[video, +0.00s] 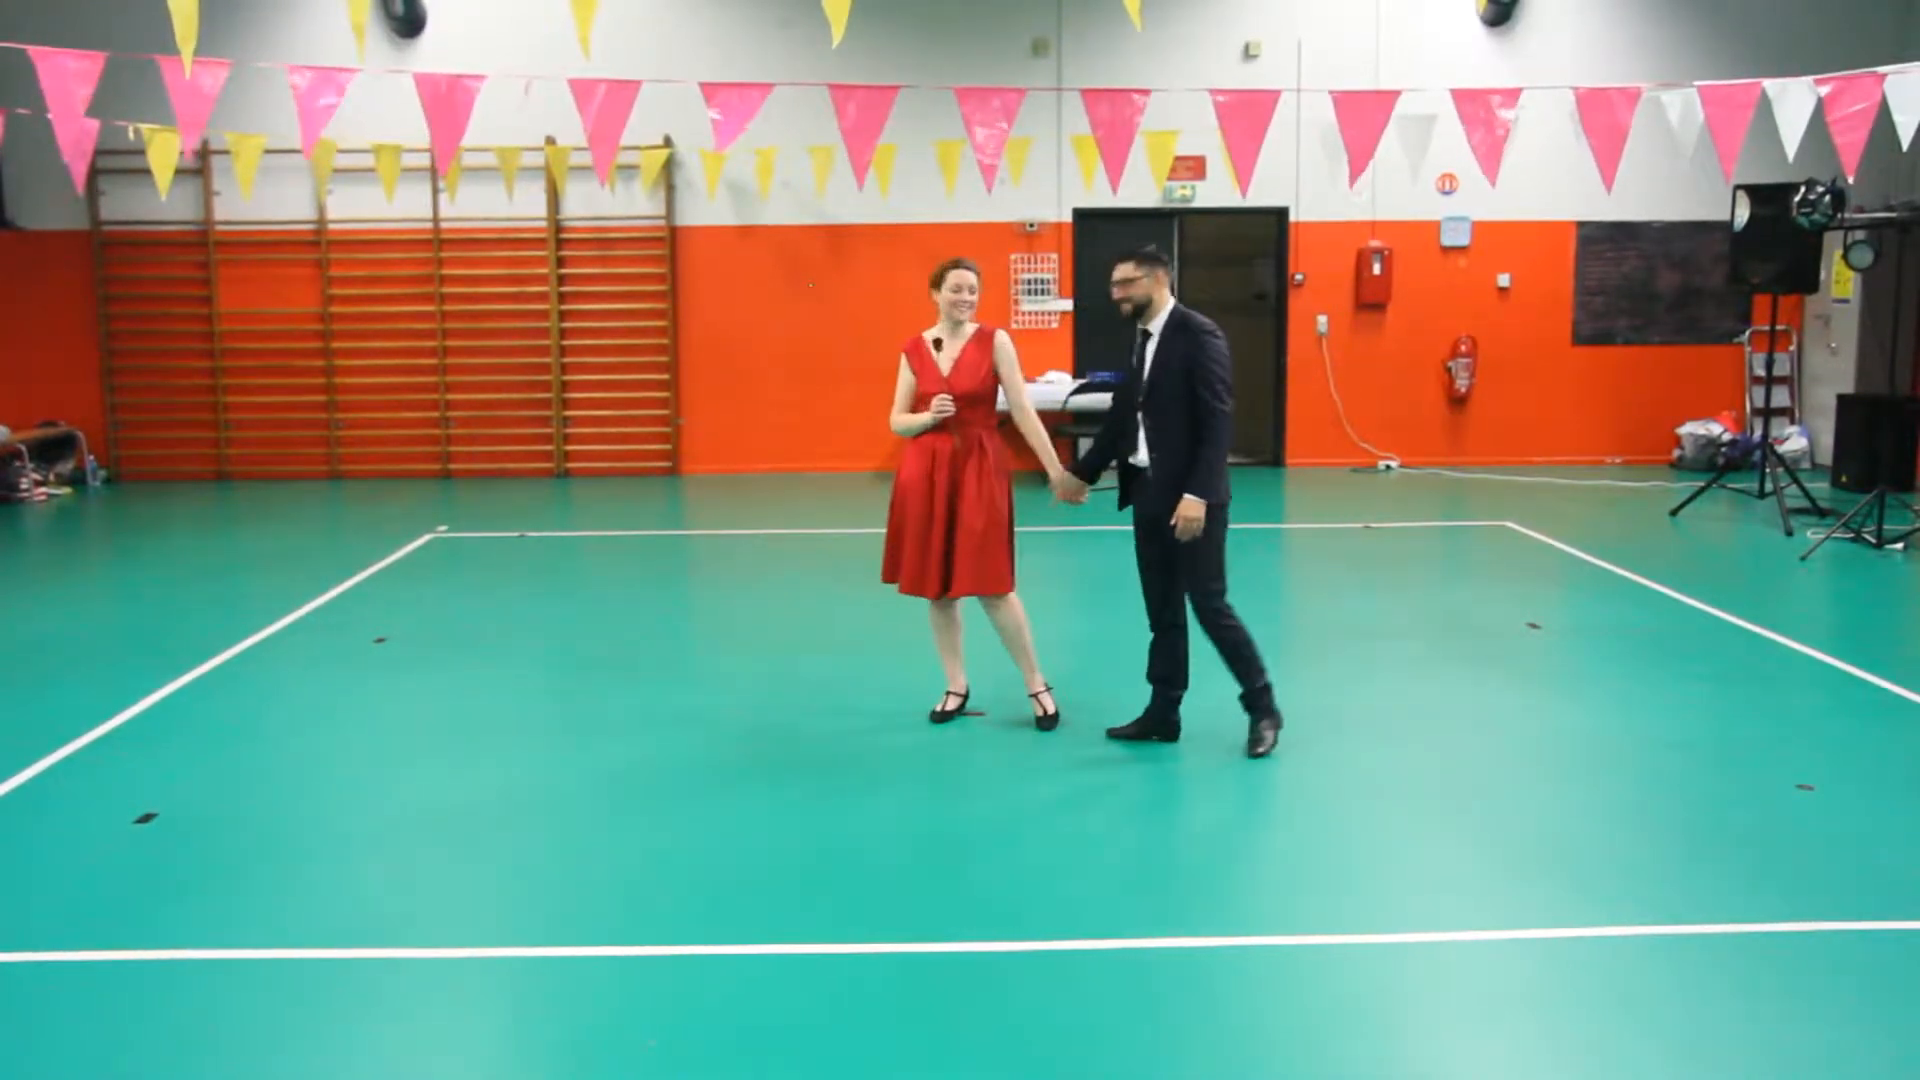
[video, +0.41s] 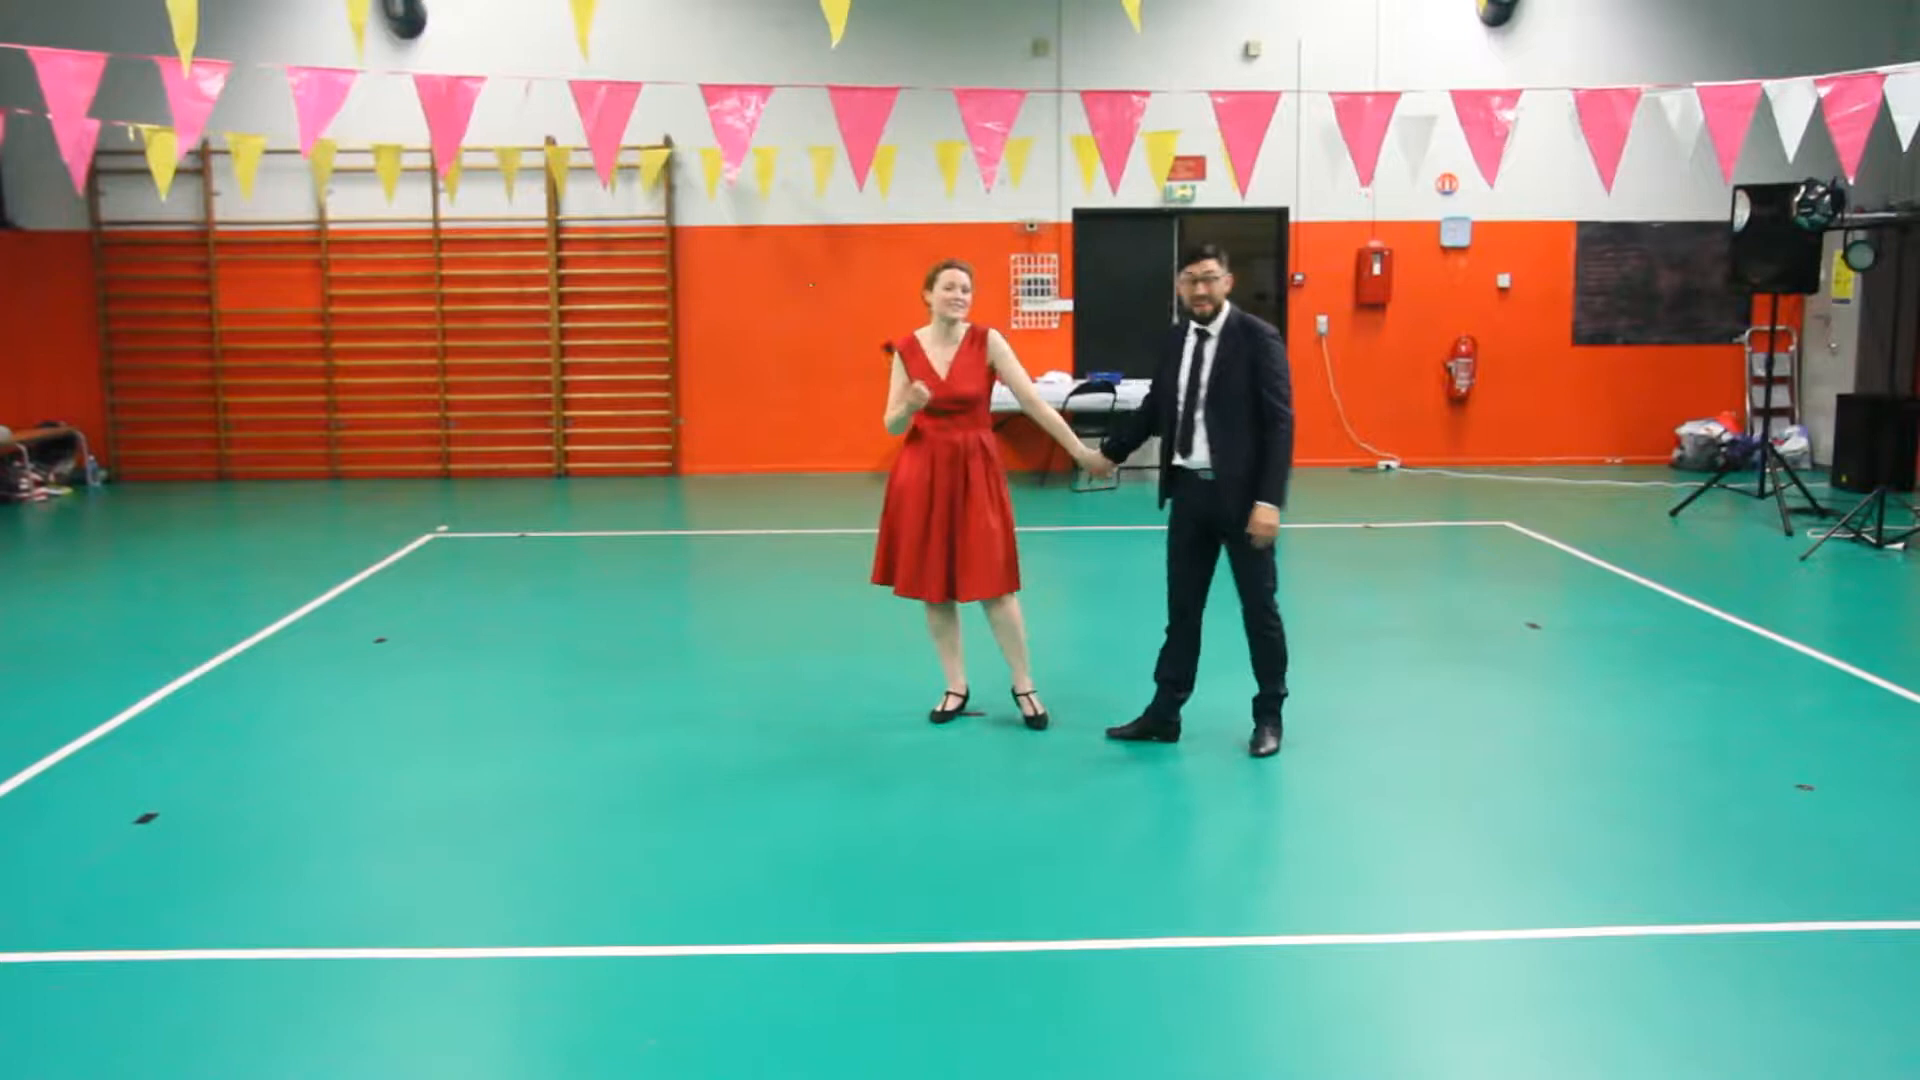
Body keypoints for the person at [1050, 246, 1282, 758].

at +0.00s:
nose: (1117, 293)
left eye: (1126, 283)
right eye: (1114, 285)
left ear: (1160, 280)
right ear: (1123, 290)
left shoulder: (1199, 334)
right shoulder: (1141, 340)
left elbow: (1217, 421)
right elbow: (1123, 415)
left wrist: (1199, 493)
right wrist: (1084, 472)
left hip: (1195, 491)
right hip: (1148, 490)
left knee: (1209, 604)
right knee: (1163, 610)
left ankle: (1263, 710)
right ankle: (1162, 713)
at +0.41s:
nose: (1200, 289)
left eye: (1209, 279)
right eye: (1191, 281)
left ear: (1229, 283)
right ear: (1179, 288)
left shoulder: (1259, 339)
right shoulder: (1175, 341)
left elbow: (1279, 422)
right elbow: (1156, 409)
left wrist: (1269, 499)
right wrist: (1110, 453)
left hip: (1243, 491)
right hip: (1189, 489)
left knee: (1259, 609)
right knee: (1182, 608)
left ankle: (1268, 716)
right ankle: (1164, 713)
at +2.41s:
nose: (1134, 292)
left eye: (1141, 282)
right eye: (1134, 283)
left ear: (1171, 282)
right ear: (1165, 285)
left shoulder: (1220, 340)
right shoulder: (1159, 338)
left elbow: (1236, 425)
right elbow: (1146, 413)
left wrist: (1232, 501)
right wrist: (1111, 474)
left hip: (1200, 486)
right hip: (1157, 482)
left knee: (1206, 598)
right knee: (1168, 597)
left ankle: (1249, 711)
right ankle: (1175, 693)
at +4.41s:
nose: (1134, 291)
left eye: (1144, 282)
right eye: (1131, 282)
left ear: (1179, 283)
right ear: (1139, 288)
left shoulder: (1214, 345)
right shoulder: (1148, 345)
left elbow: (1241, 434)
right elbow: (1134, 423)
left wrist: (1246, 516)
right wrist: (1096, 480)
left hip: (1199, 504)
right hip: (1153, 501)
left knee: (1191, 628)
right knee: (1175, 626)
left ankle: (1186, 752)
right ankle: (1185, 729)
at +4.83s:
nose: (1119, 287)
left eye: (1129, 277)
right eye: (1120, 278)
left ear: (1167, 280)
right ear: (1152, 282)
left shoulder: (1192, 344)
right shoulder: (1154, 340)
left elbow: (1203, 441)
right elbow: (1138, 424)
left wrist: (1185, 526)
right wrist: (1102, 466)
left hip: (1174, 514)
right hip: (1146, 509)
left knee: (1173, 640)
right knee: (1165, 635)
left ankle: (1178, 763)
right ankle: (1179, 733)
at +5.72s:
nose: (1123, 286)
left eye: (1124, 278)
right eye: (1127, 277)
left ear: (1131, 282)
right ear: (1176, 280)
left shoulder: (1161, 352)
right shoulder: (1192, 335)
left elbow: (1146, 453)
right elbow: (1157, 425)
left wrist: (1117, 529)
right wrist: (1111, 470)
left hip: (1165, 518)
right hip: (1185, 510)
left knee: (1166, 638)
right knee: (1170, 633)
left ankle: (1180, 764)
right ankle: (1178, 742)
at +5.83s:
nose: (1125, 286)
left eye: (1127, 278)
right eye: (1130, 277)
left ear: (1137, 282)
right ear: (1180, 280)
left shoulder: (1166, 351)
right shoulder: (1195, 336)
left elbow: (1152, 456)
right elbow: (1148, 411)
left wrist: (1095, 508)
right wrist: (1073, 398)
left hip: (1165, 519)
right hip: (1187, 511)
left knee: (1162, 637)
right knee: (1171, 629)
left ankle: (1179, 763)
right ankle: (1182, 737)